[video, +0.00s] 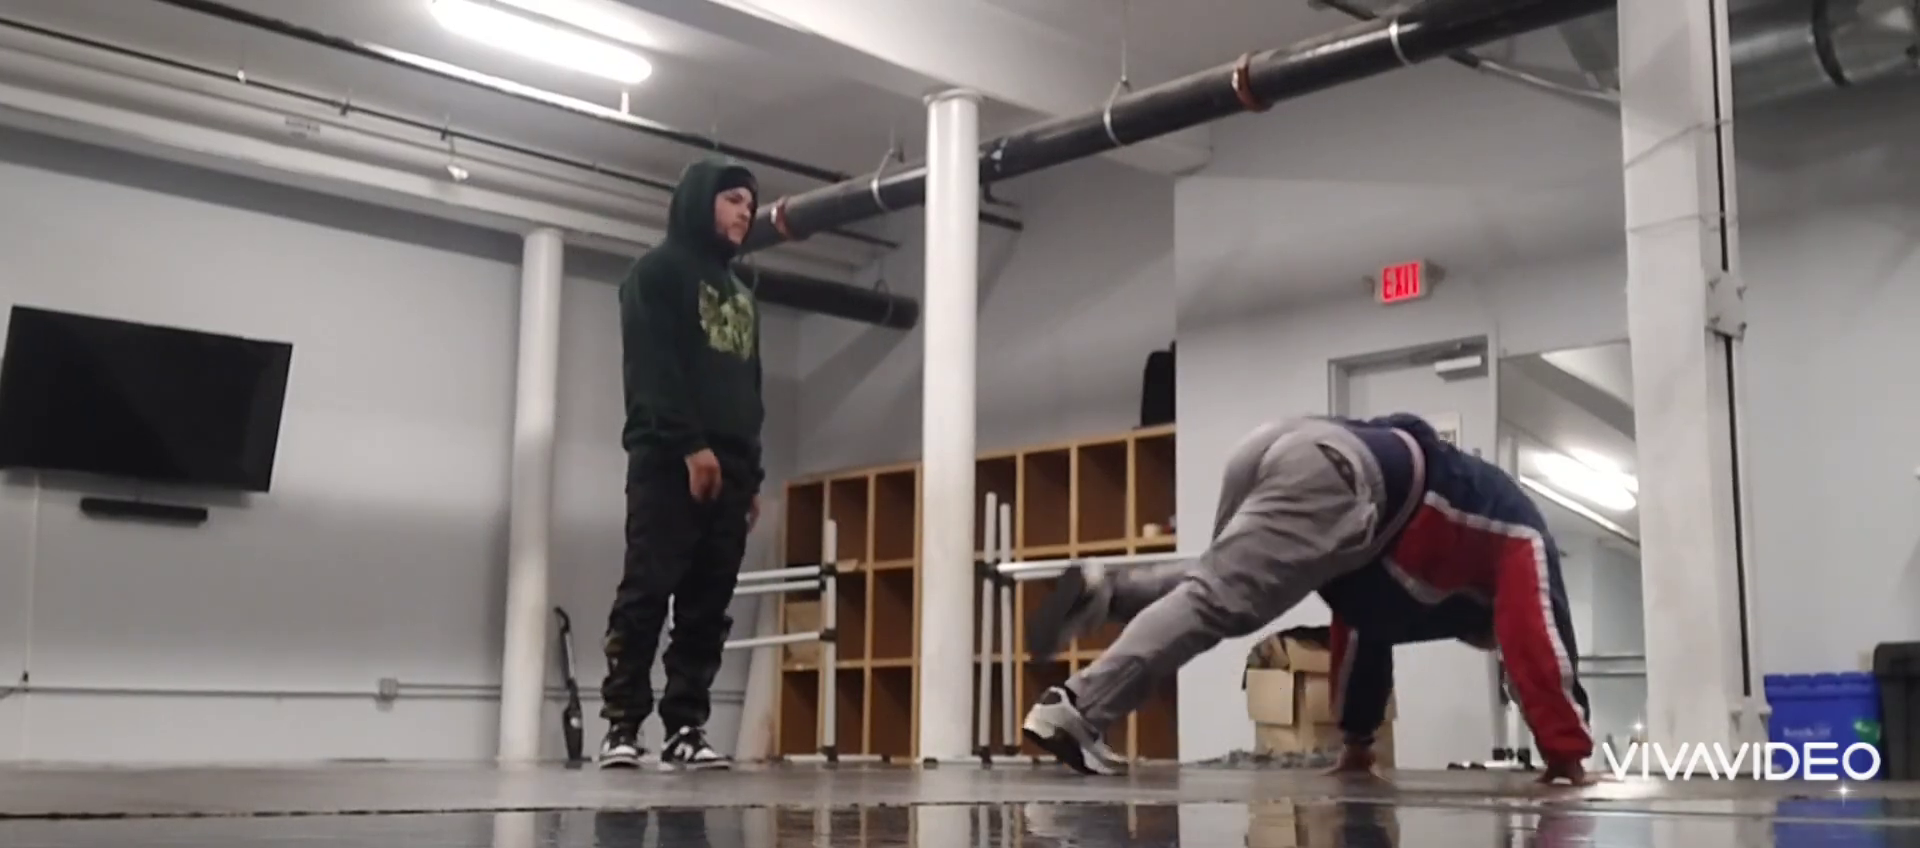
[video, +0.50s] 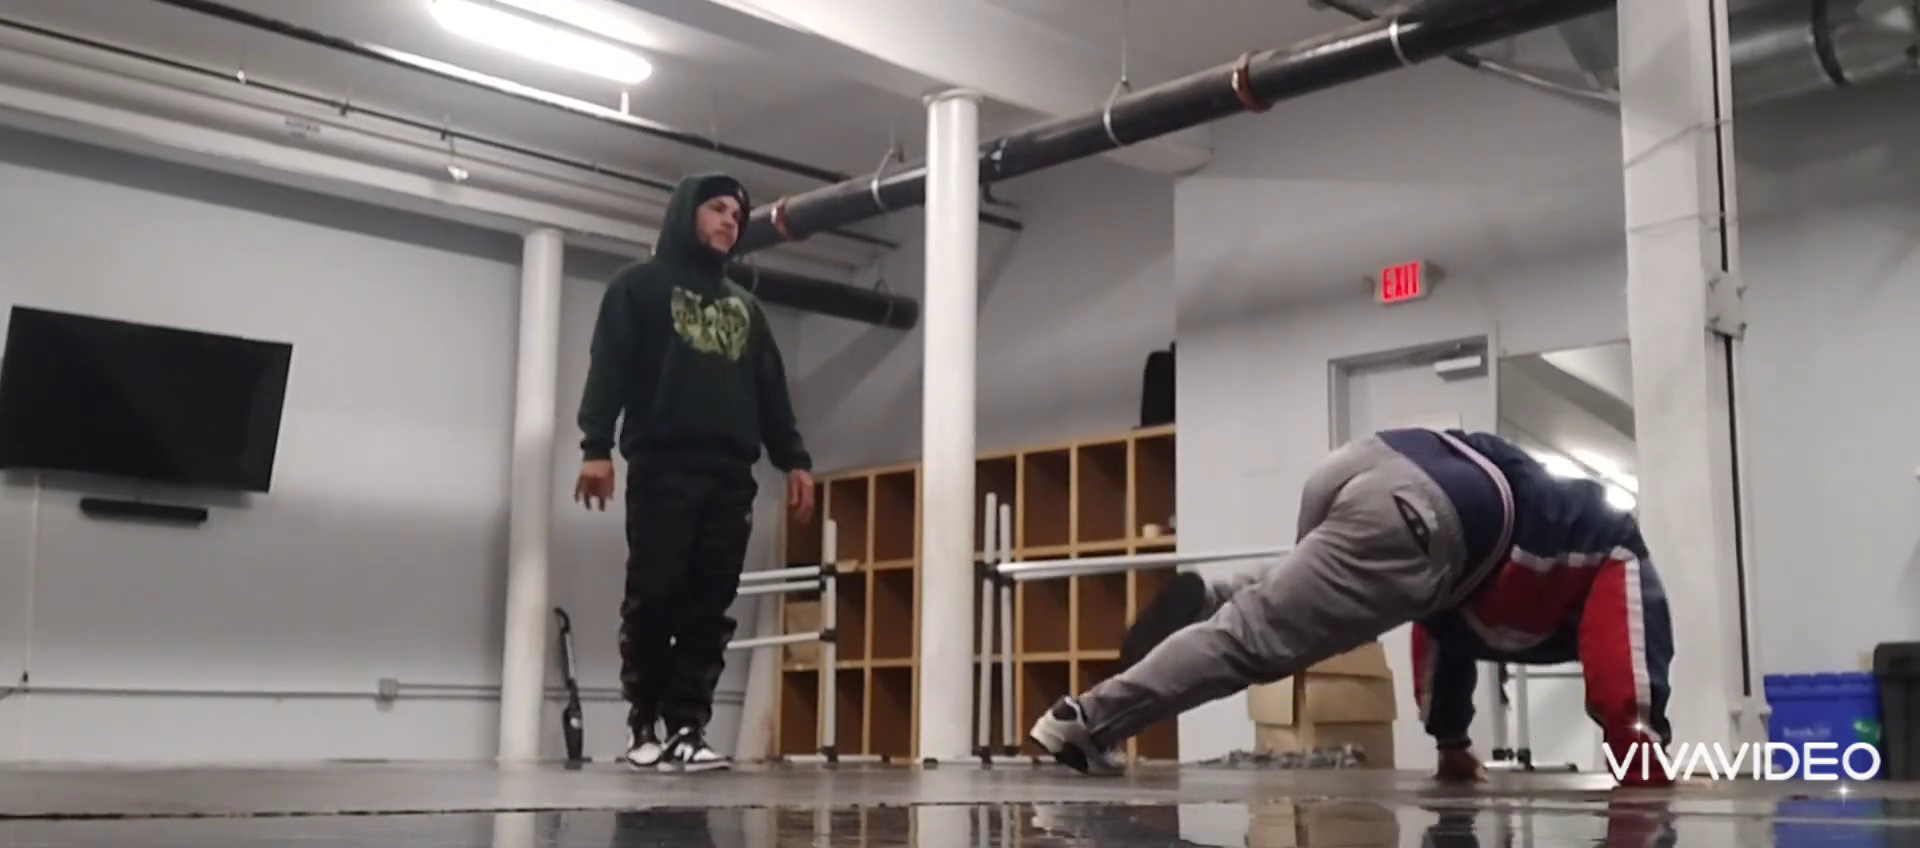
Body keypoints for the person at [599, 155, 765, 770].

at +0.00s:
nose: (743, 212)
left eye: (748, 204)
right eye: (732, 200)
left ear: (750, 216)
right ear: (699, 203)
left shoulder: (739, 290)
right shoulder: (657, 271)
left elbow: (746, 386)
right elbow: (655, 371)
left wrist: (750, 474)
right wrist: (691, 444)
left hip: (729, 462)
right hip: (664, 456)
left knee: (706, 603)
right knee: (647, 590)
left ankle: (684, 732)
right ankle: (623, 729)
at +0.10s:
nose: (742, 214)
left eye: (748, 207)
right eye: (731, 201)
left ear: (749, 218)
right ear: (698, 204)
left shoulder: (744, 294)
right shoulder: (654, 275)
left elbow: (753, 388)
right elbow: (648, 371)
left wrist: (752, 473)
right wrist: (678, 445)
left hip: (731, 462)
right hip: (664, 456)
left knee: (707, 601)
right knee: (649, 588)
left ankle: (685, 730)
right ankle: (624, 727)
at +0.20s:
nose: (739, 218)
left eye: (746, 210)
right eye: (729, 204)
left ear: (747, 223)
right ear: (695, 206)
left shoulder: (746, 299)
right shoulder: (651, 279)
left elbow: (762, 391)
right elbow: (638, 370)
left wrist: (766, 476)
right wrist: (658, 446)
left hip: (733, 464)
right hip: (670, 459)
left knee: (709, 604)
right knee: (656, 589)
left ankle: (686, 731)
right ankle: (630, 719)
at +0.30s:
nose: (735, 219)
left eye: (742, 211)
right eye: (725, 206)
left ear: (744, 223)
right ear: (692, 210)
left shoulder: (744, 298)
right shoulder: (647, 281)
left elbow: (768, 389)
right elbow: (628, 368)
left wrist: (780, 472)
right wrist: (636, 448)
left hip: (731, 466)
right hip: (668, 461)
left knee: (712, 603)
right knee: (664, 586)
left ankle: (686, 733)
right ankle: (634, 711)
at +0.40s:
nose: (732, 220)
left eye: (739, 214)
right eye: (723, 208)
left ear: (741, 228)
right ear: (689, 211)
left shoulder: (744, 303)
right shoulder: (643, 283)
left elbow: (771, 390)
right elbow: (615, 367)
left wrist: (792, 464)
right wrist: (614, 448)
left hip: (730, 468)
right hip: (662, 463)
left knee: (712, 604)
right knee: (663, 590)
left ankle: (687, 732)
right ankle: (642, 719)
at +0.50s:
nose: (729, 223)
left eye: (735, 217)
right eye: (719, 211)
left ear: (738, 230)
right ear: (686, 213)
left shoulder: (742, 304)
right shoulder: (638, 286)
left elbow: (770, 389)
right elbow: (607, 369)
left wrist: (795, 461)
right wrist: (597, 451)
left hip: (729, 473)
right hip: (661, 468)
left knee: (710, 606)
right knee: (653, 596)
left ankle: (689, 732)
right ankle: (645, 728)